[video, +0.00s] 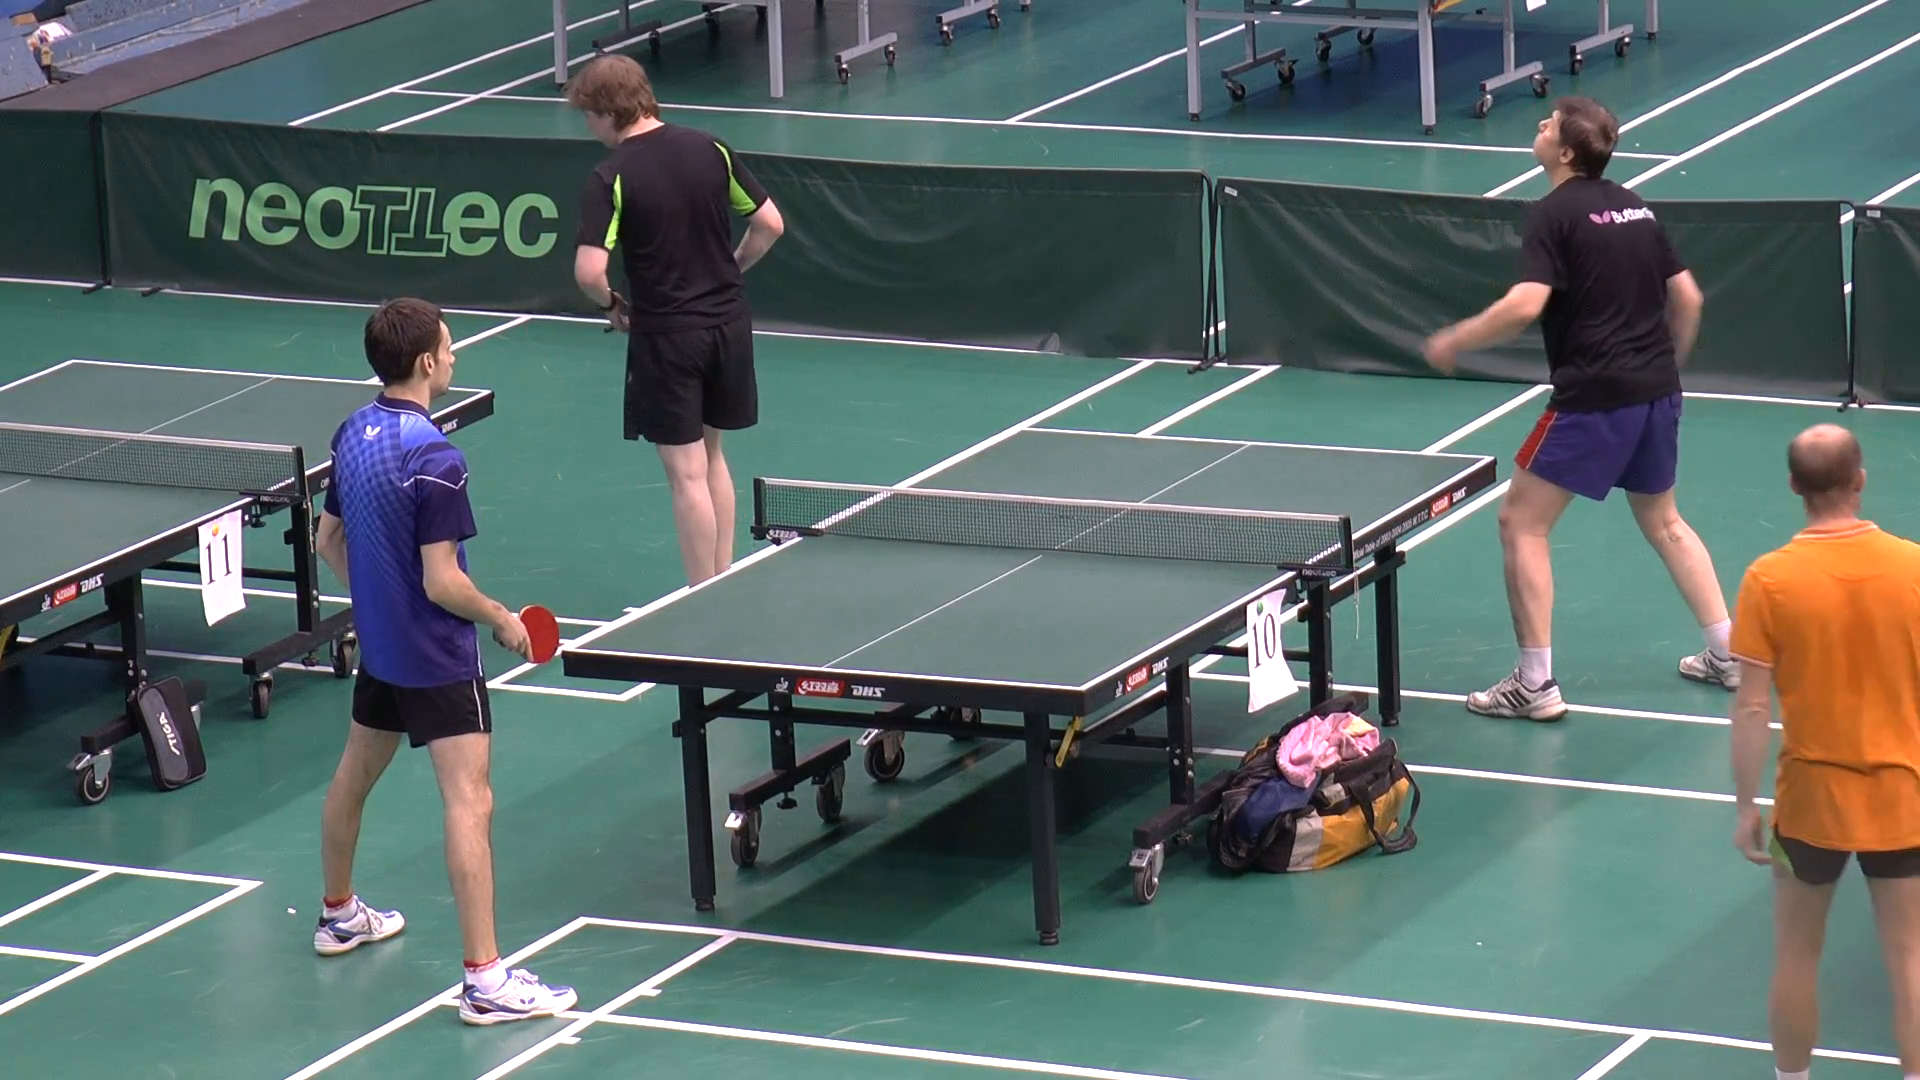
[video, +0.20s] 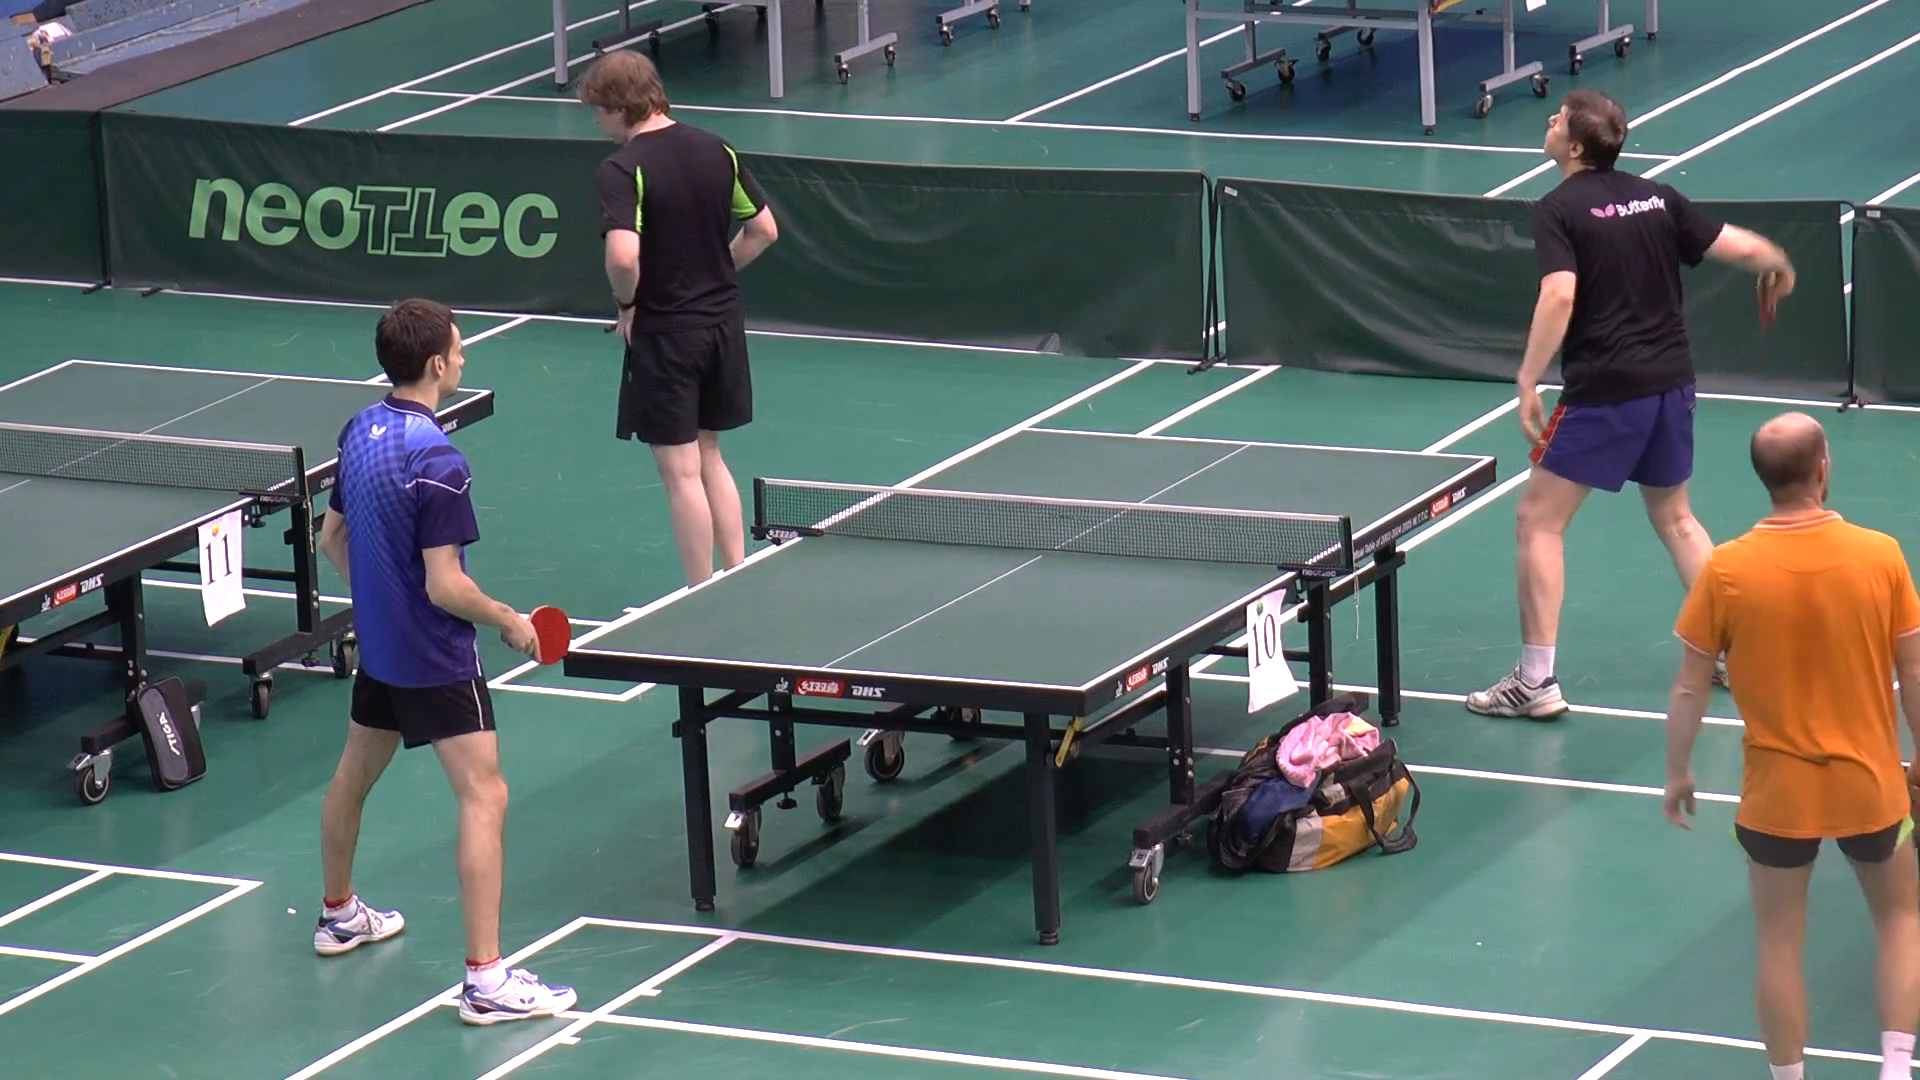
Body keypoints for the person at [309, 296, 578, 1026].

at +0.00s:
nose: (452, 353)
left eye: (448, 342)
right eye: (447, 344)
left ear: (385, 363)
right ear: (427, 361)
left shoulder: (353, 429)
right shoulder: (435, 454)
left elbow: (330, 539)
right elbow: (441, 578)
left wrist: (378, 601)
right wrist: (501, 618)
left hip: (380, 648)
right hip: (437, 656)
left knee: (354, 777)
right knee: (470, 804)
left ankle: (339, 912)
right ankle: (485, 975)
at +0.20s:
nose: (463, 354)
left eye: (459, 344)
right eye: (458, 345)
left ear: (395, 364)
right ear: (436, 362)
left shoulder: (361, 427)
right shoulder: (438, 458)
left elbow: (332, 537)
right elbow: (445, 583)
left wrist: (385, 595)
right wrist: (507, 618)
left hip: (379, 648)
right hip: (435, 657)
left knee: (355, 774)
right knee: (484, 796)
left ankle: (339, 912)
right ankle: (486, 975)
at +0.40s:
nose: (485, 370)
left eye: (482, 359)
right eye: (482, 361)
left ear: (415, 373)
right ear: (465, 375)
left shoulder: (377, 437)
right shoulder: (457, 469)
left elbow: (337, 542)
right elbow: (474, 595)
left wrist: (386, 601)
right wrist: (536, 611)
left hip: (390, 656)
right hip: (450, 665)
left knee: (361, 782)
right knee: (520, 798)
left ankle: (341, 913)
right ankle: (489, 974)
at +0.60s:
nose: (513, 383)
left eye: (512, 371)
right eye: (511, 372)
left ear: (440, 376)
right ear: (491, 380)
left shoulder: (389, 436)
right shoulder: (487, 472)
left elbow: (338, 539)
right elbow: (522, 592)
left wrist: (390, 591)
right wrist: (566, 585)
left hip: (391, 658)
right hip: (459, 666)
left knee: (382, 774)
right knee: (525, 801)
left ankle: (356, 915)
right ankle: (490, 975)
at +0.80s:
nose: (520, 403)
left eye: (518, 392)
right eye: (517, 392)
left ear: (449, 393)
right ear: (497, 398)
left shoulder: (396, 451)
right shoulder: (488, 483)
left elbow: (337, 550)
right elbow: (526, 606)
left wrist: (396, 594)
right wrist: (569, 587)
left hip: (388, 666)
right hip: (454, 676)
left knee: (397, 770)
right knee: (550, 800)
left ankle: (347, 921)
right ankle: (495, 969)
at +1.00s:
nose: (524, 418)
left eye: (524, 406)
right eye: (521, 406)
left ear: (458, 402)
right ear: (493, 410)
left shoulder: (404, 460)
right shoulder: (481, 490)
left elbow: (357, 562)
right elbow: (525, 609)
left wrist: (424, 595)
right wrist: (613, 623)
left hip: (408, 676)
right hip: (469, 686)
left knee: (416, 778)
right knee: (572, 808)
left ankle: (346, 926)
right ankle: (495, 966)